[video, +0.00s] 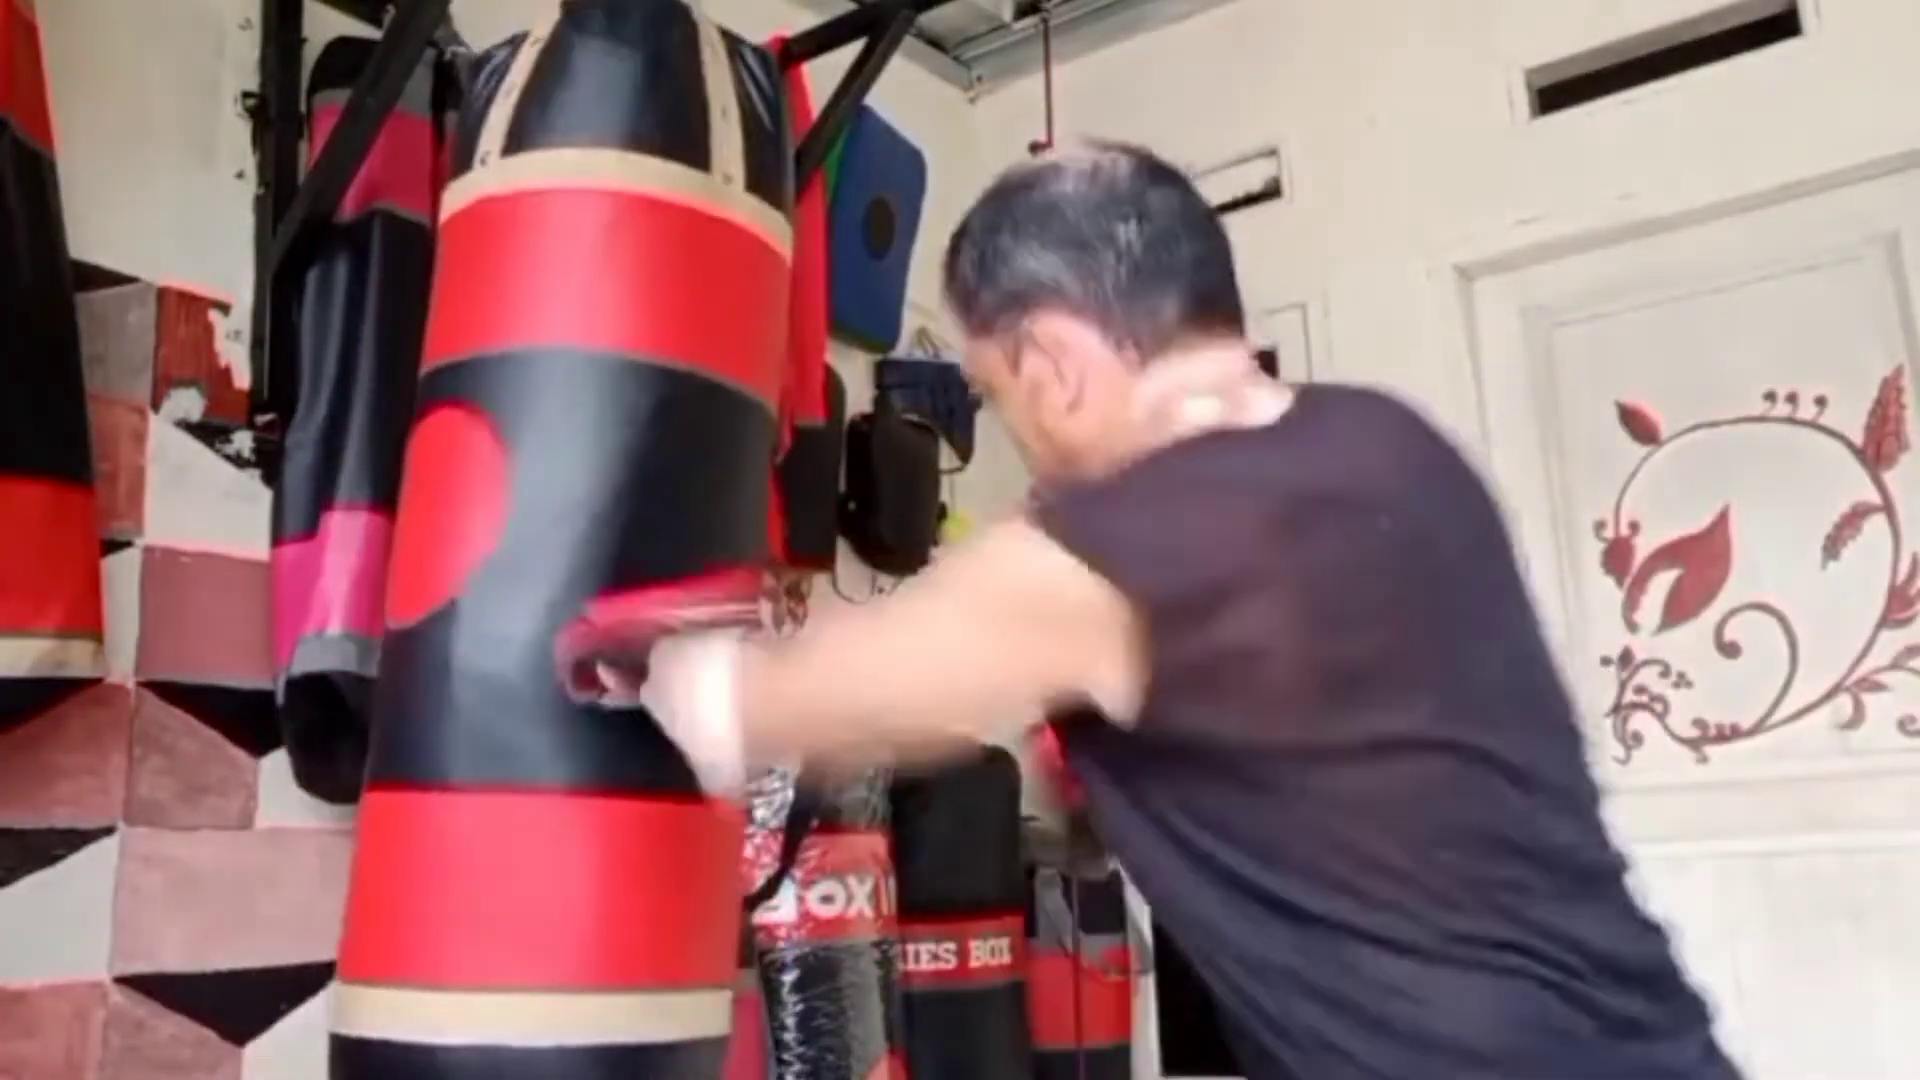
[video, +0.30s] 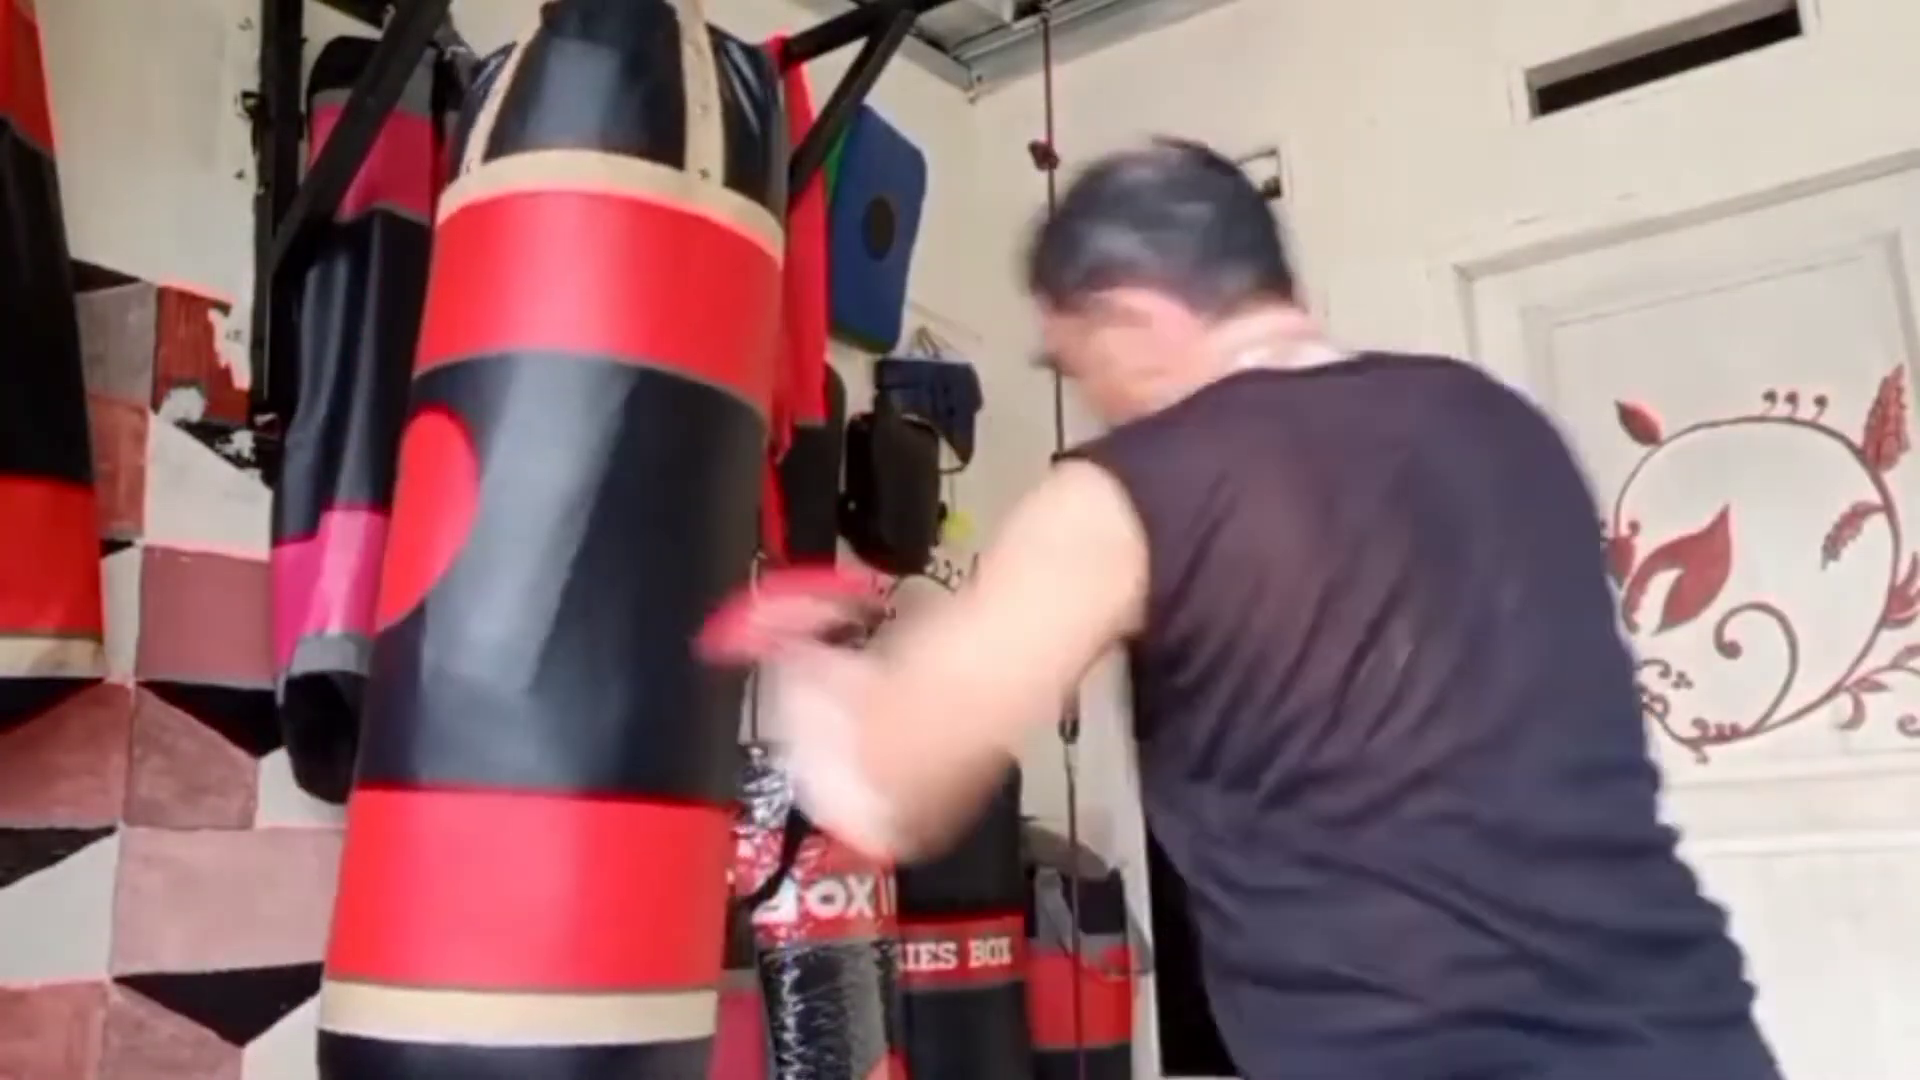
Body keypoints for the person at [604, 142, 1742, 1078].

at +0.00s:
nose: (1015, 434)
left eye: (1000, 385)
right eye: (997, 394)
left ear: (1065, 352)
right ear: (1222, 307)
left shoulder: (1101, 557)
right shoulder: (1396, 445)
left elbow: (741, 714)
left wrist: (687, 659)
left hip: (1430, 1056)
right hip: (1651, 1035)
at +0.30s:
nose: (1081, 399)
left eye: (1072, 361)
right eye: (1066, 367)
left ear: (1137, 315)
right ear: (1280, 284)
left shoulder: (1125, 492)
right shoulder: (1508, 420)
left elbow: (886, 790)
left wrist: (800, 662)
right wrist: (931, 631)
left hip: (1375, 1057)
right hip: (1686, 1040)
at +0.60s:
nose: (1221, 470)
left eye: (1215, 435)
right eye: (1208, 442)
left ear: (1283, 379)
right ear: (1409, 370)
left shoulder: (1247, 542)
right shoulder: (1618, 516)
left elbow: (1055, 906)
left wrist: (1086, 730)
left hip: (1434, 1054)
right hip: (1753, 1048)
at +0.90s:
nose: (1181, 503)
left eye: (1178, 472)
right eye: (1170, 479)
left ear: (1245, 431)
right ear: (1371, 418)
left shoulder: (1194, 559)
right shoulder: (1600, 546)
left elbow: (1016, 919)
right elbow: (1705, 877)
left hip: (1398, 1049)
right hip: (1698, 1049)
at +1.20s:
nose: (1099, 497)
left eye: (1094, 453)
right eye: (1087, 461)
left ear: (1165, 419)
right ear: (1298, 421)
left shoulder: (1130, 593)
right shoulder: (1493, 578)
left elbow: (944, 990)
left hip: (1305, 1048)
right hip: (1584, 1047)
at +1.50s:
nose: (998, 415)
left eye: (991, 358)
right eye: (982, 370)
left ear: (1082, 312)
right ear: (1096, 315)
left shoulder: (1216, 501)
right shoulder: (1293, 454)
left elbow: (1096, 958)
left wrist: (974, 756)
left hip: (1373, 1055)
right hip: (1461, 1039)